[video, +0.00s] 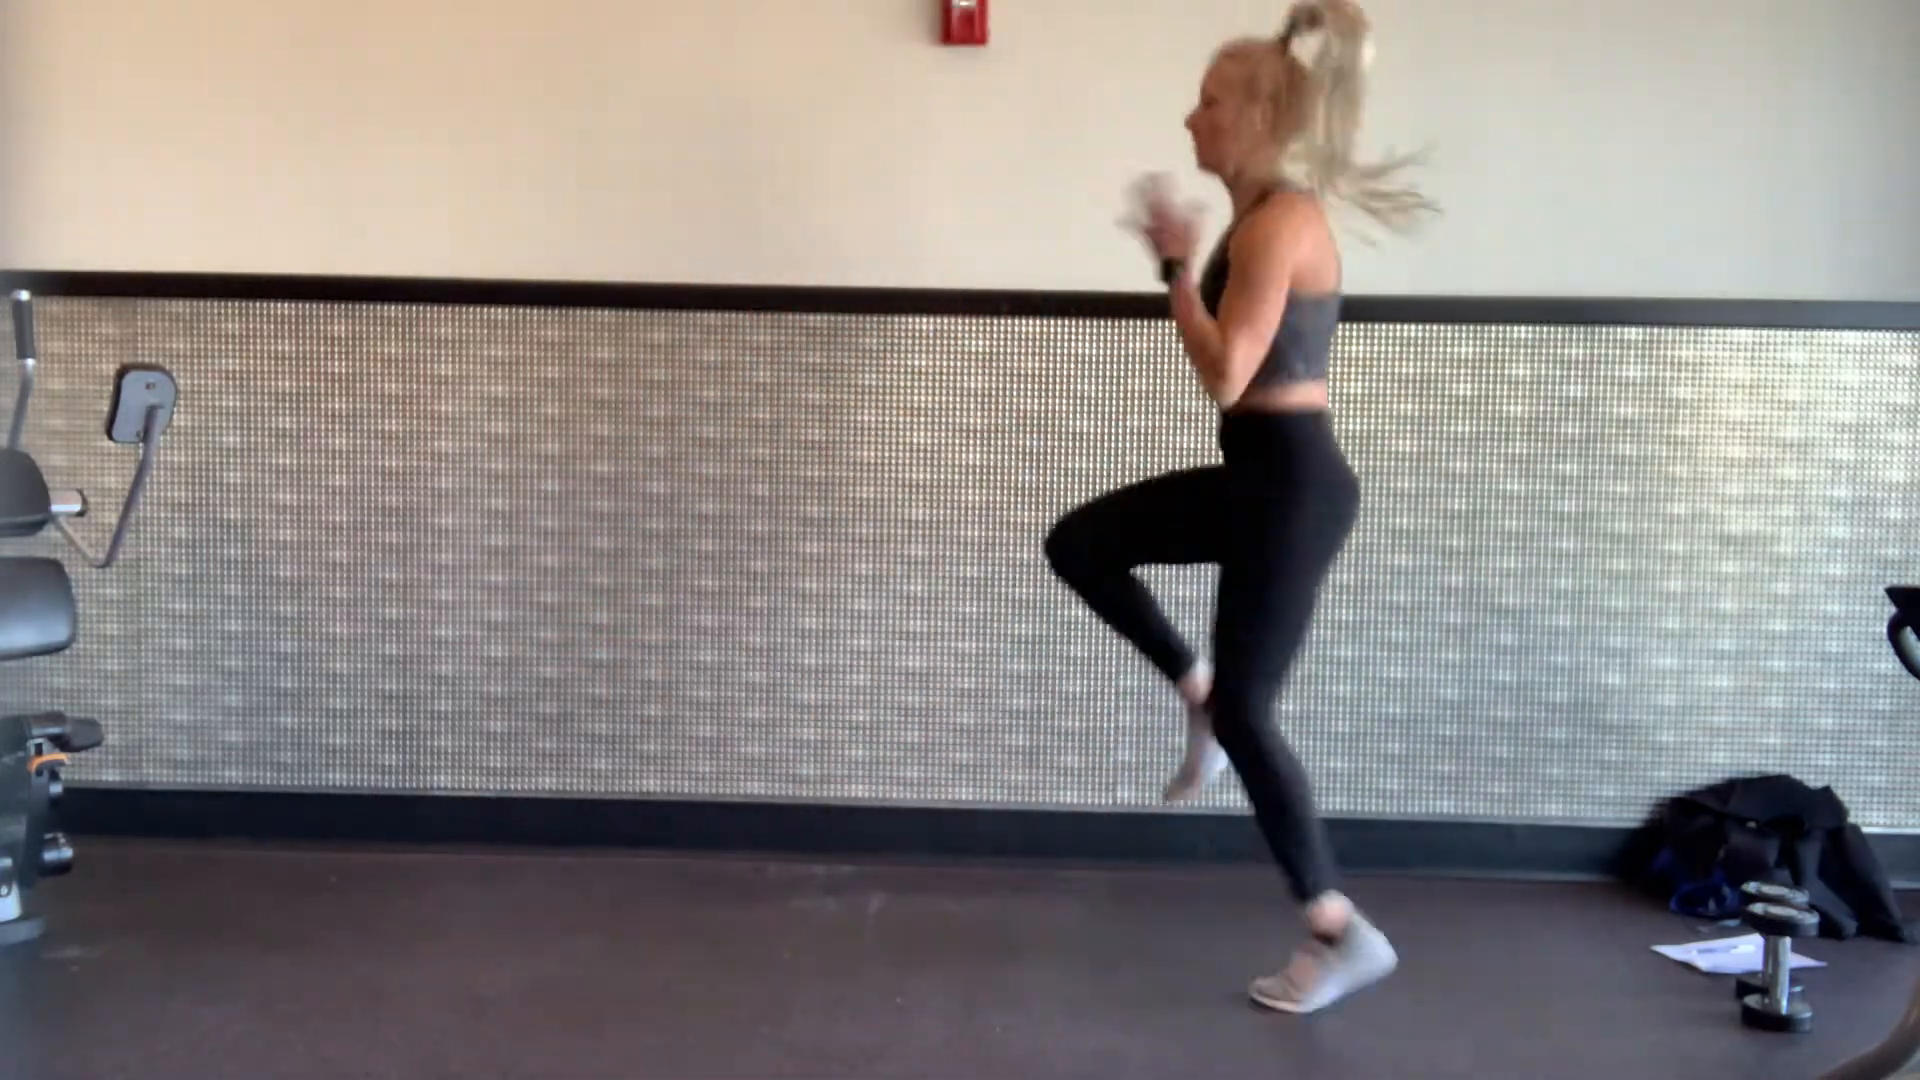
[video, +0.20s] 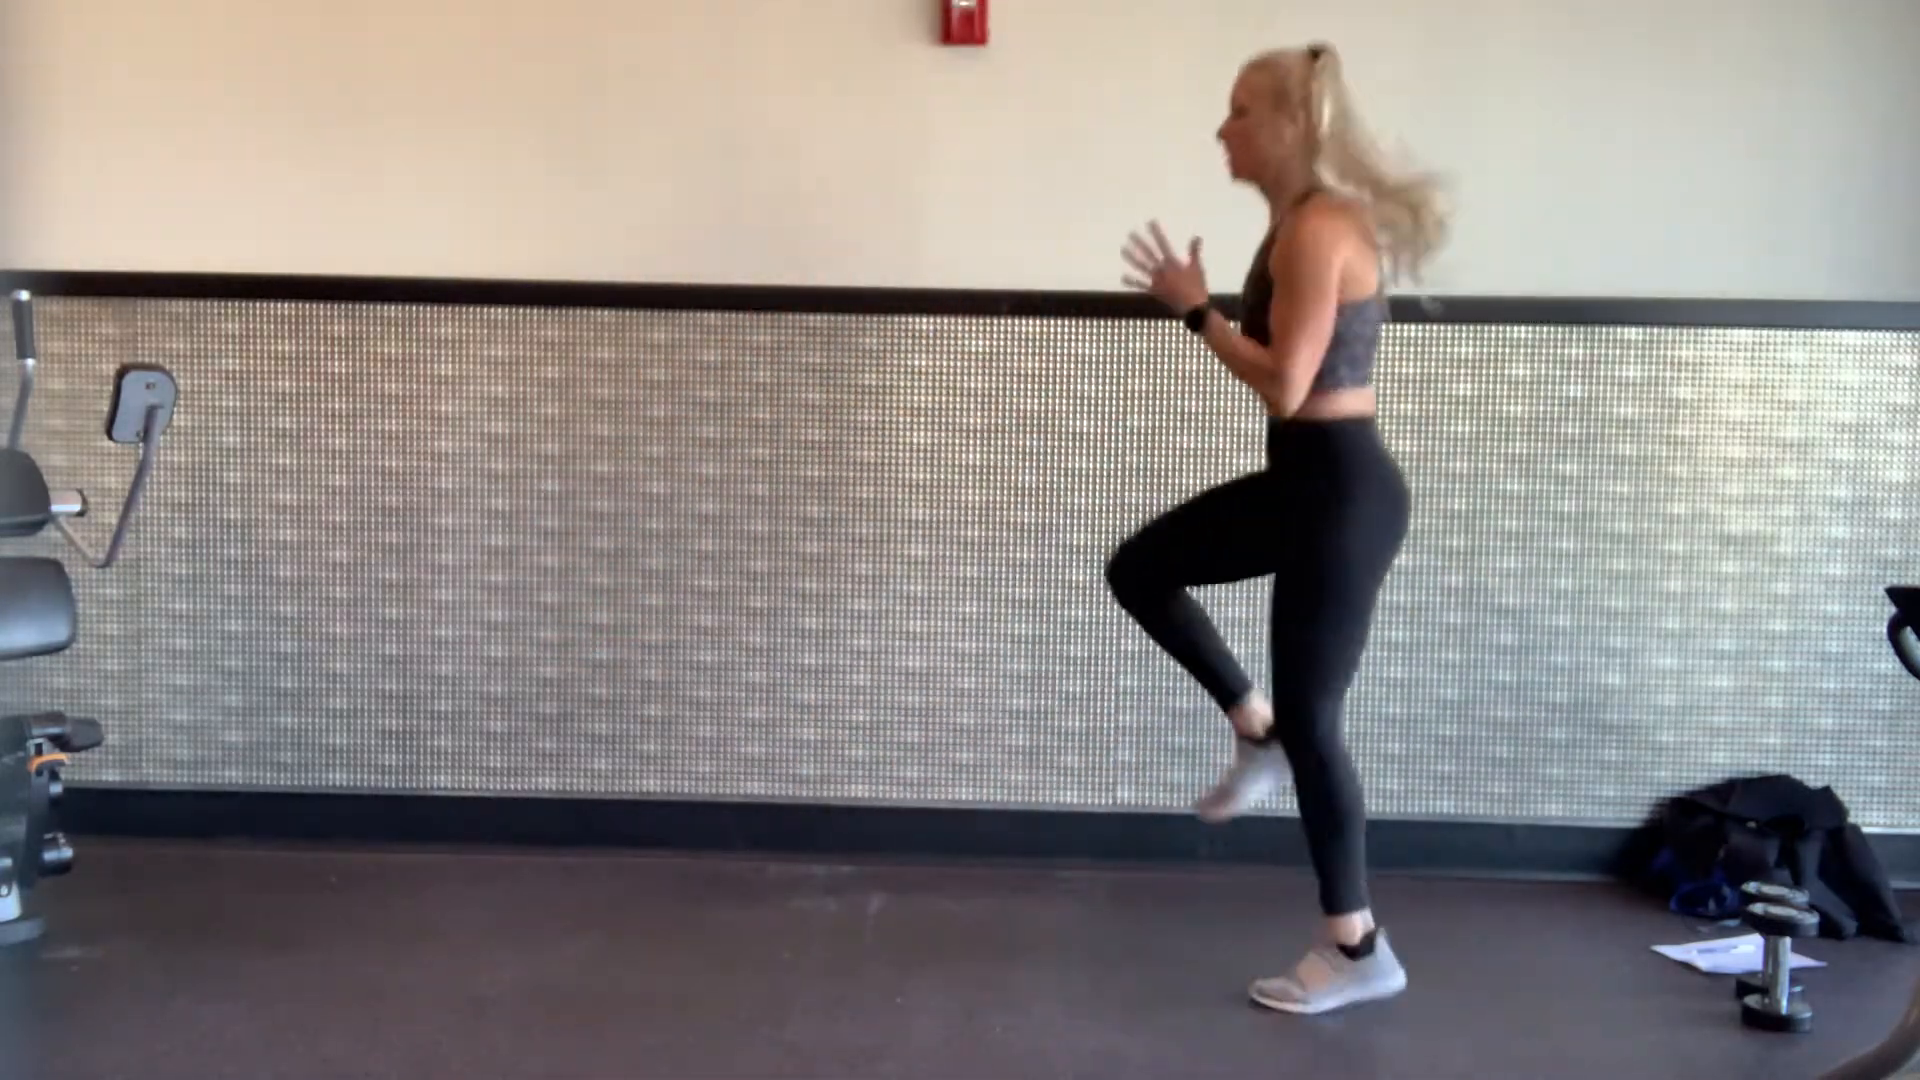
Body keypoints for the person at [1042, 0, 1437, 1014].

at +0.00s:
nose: (1193, 117)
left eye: (1210, 103)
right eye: (1199, 100)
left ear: (1258, 122)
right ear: (1263, 124)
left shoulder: (1282, 223)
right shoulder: (1267, 217)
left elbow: (1224, 374)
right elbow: (1232, 351)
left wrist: (1180, 276)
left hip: (1294, 490)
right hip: (1261, 482)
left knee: (1241, 707)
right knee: (1080, 543)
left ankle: (1338, 928)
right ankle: (1200, 691)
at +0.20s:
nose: (1223, 130)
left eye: (1239, 115)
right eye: (1229, 113)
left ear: (1289, 128)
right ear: (1289, 131)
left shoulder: (1321, 231)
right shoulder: (1311, 223)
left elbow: (1284, 384)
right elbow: (1291, 364)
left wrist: (1197, 311)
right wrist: (1203, 309)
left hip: (1342, 496)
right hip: (1309, 487)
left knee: (1306, 718)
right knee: (1140, 571)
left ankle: (1355, 945)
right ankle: (1258, 731)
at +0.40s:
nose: (1235, 140)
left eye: (1254, 127)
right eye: (1242, 123)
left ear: (1308, 145)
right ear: (1300, 147)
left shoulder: (1345, 244)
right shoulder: (1307, 237)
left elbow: (1337, 405)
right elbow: (1312, 386)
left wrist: (1220, 376)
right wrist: (1213, 378)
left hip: (1399, 499)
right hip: (1352, 495)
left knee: (1319, 702)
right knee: (1275, 679)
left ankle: (1398, 942)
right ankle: (1328, 854)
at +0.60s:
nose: (1223, 388)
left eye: (1237, 373)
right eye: (1225, 370)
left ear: (1282, 383)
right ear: (1283, 384)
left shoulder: (1335, 463)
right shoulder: (1291, 467)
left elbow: (1251, 603)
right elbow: (1204, 583)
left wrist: (1212, 495)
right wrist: (1204, 490)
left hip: (1483, 671)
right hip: (1426, 663)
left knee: (1323, 779)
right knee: (1277, 729)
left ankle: (1419, 1007)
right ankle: (1358, 907)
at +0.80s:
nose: (1215, 488)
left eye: (1229, 475)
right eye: (1220, 472)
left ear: (1274, 497)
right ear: (1274, 497)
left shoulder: (1331, 563)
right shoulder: (1293, 569)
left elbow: (1250, 710)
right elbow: (1214, 679)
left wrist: (1202, 596)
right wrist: (1200, 588)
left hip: (1512, 750)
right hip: (1455, 731)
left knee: (1335, 781)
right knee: (1289, 734)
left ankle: (1422, 1010)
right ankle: (1357, 909)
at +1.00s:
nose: (1221, 443)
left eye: (1235, 430)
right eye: (1225, 428)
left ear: (1282, 445)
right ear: (1281, 446)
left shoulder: (1330, 525)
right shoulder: (1292, 526)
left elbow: (1238, 659)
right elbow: (1217, 631)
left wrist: (1196, 551)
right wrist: (1192, 548)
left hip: (1505, 712)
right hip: (1441, 694)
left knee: (1334, 777)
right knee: (1288, 728)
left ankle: (1422, 1008)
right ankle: (1356, 911)